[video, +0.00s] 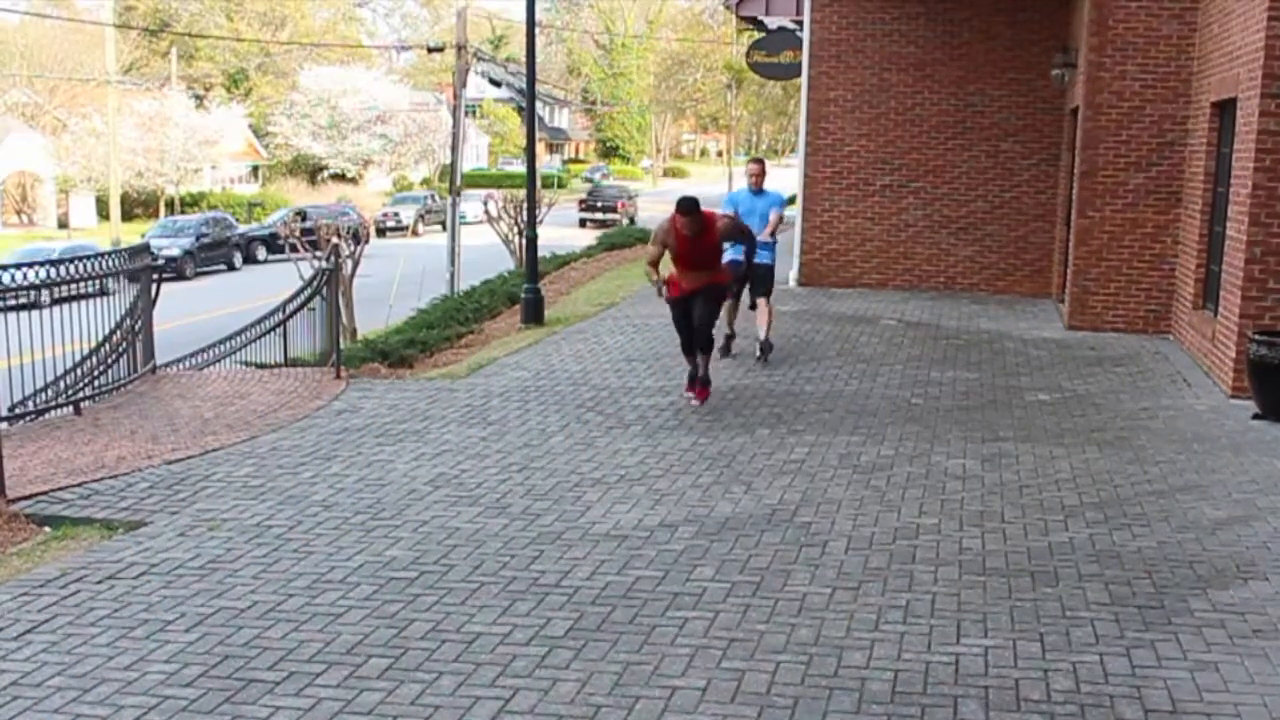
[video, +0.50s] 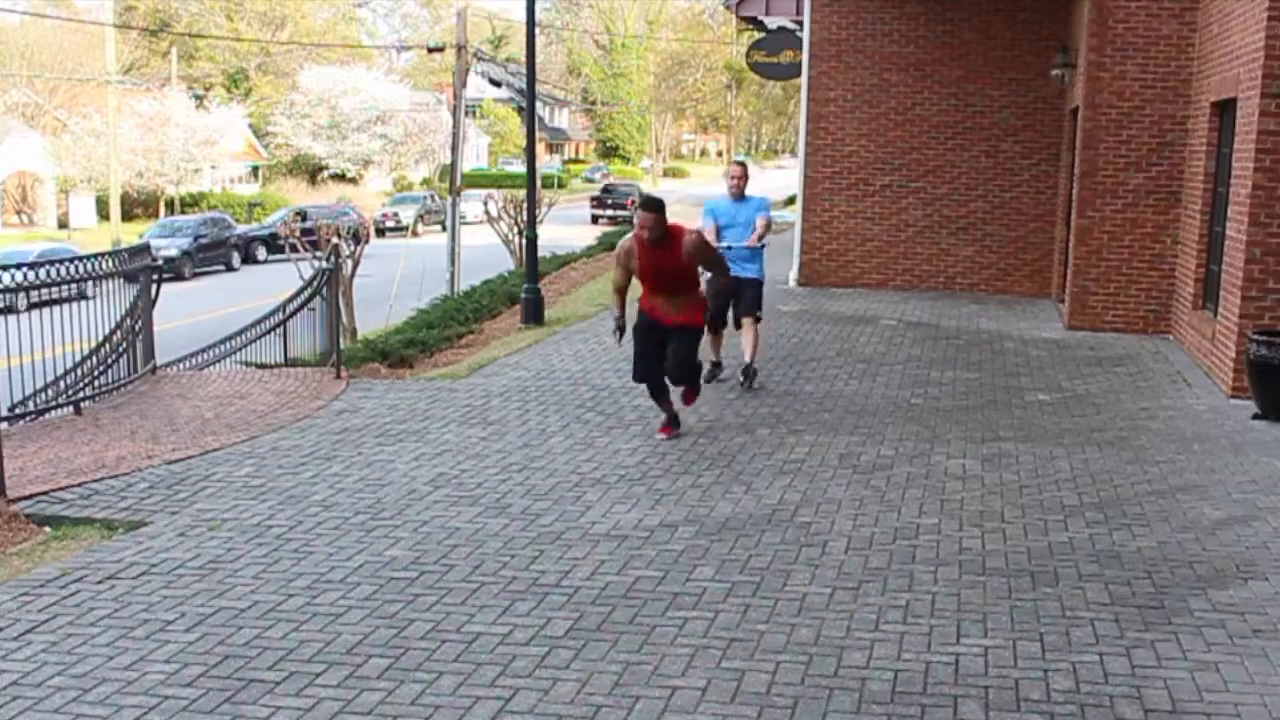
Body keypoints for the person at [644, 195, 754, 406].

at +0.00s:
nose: (686, 229)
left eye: (689, 224)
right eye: (682, 224)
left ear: (700, 218)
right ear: (676, 218)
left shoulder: (722, 226)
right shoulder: (666, 230)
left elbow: (750, 241)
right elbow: (651, 263)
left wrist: (746, 271)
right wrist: (657, 281)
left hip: (711, 282)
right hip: (681, 284)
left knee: (702, 328)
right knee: (685, 334)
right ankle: (693, 370)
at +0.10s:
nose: (688, 228)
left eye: (692, 223)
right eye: (683, 224)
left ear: (700, 217)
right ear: (675, 218)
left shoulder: (722, 229)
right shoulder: (663, 231)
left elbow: (740, 258)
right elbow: (648, 263)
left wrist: (734, 292)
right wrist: (654, 300)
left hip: (707, 290)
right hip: (675, 293)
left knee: (709, 344)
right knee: (679, 350)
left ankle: (709, 390)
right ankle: (693, 351)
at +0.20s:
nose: (680, 234)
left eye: (685, 228)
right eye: (676, 228)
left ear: (696, 221)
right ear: (670, 222)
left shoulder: (717, 238)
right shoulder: (657, 238)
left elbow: (729, 276)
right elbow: (641, 256)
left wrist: (718, 292)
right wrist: (650, 286)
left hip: (705, 301)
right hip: (670, 300)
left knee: (708, 352)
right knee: (673, 347)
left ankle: (706, 392)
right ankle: (684, 359)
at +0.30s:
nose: (670, 233)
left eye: (675, 228)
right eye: (665, 228)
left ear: (685, 219)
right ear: (658, 220)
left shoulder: (707, 233)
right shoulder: (647, 233)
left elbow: (724, 274)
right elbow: (631, 245)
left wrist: (707, 282)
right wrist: (644, 277)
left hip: (698, 295)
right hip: (664, 290)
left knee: (698, 343)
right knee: (662, 338)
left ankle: (707, 387)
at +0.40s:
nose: (654, 228)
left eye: (660, 223)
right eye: (651, 222)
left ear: (673, 217)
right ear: (646, 216)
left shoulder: (698, 234)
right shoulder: (636, 236)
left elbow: (722, 271)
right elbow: (625, 266)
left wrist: (709, 301)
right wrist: (630, 306)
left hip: (695, 299)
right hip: (658, 295)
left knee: (693, 361)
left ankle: (703, 375)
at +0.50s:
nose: (644, 234)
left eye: (650, 229)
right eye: (640, 227)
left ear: (664, 223)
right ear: (635, 223)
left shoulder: (690, 243)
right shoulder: (628, 249)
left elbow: (722, 273)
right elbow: (620, 285)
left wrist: (716, 312)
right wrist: (619, 316)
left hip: (687, 311)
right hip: (652, 310)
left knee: (676, 372)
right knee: (647, 372)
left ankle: (694, 376)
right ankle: (670, 416)